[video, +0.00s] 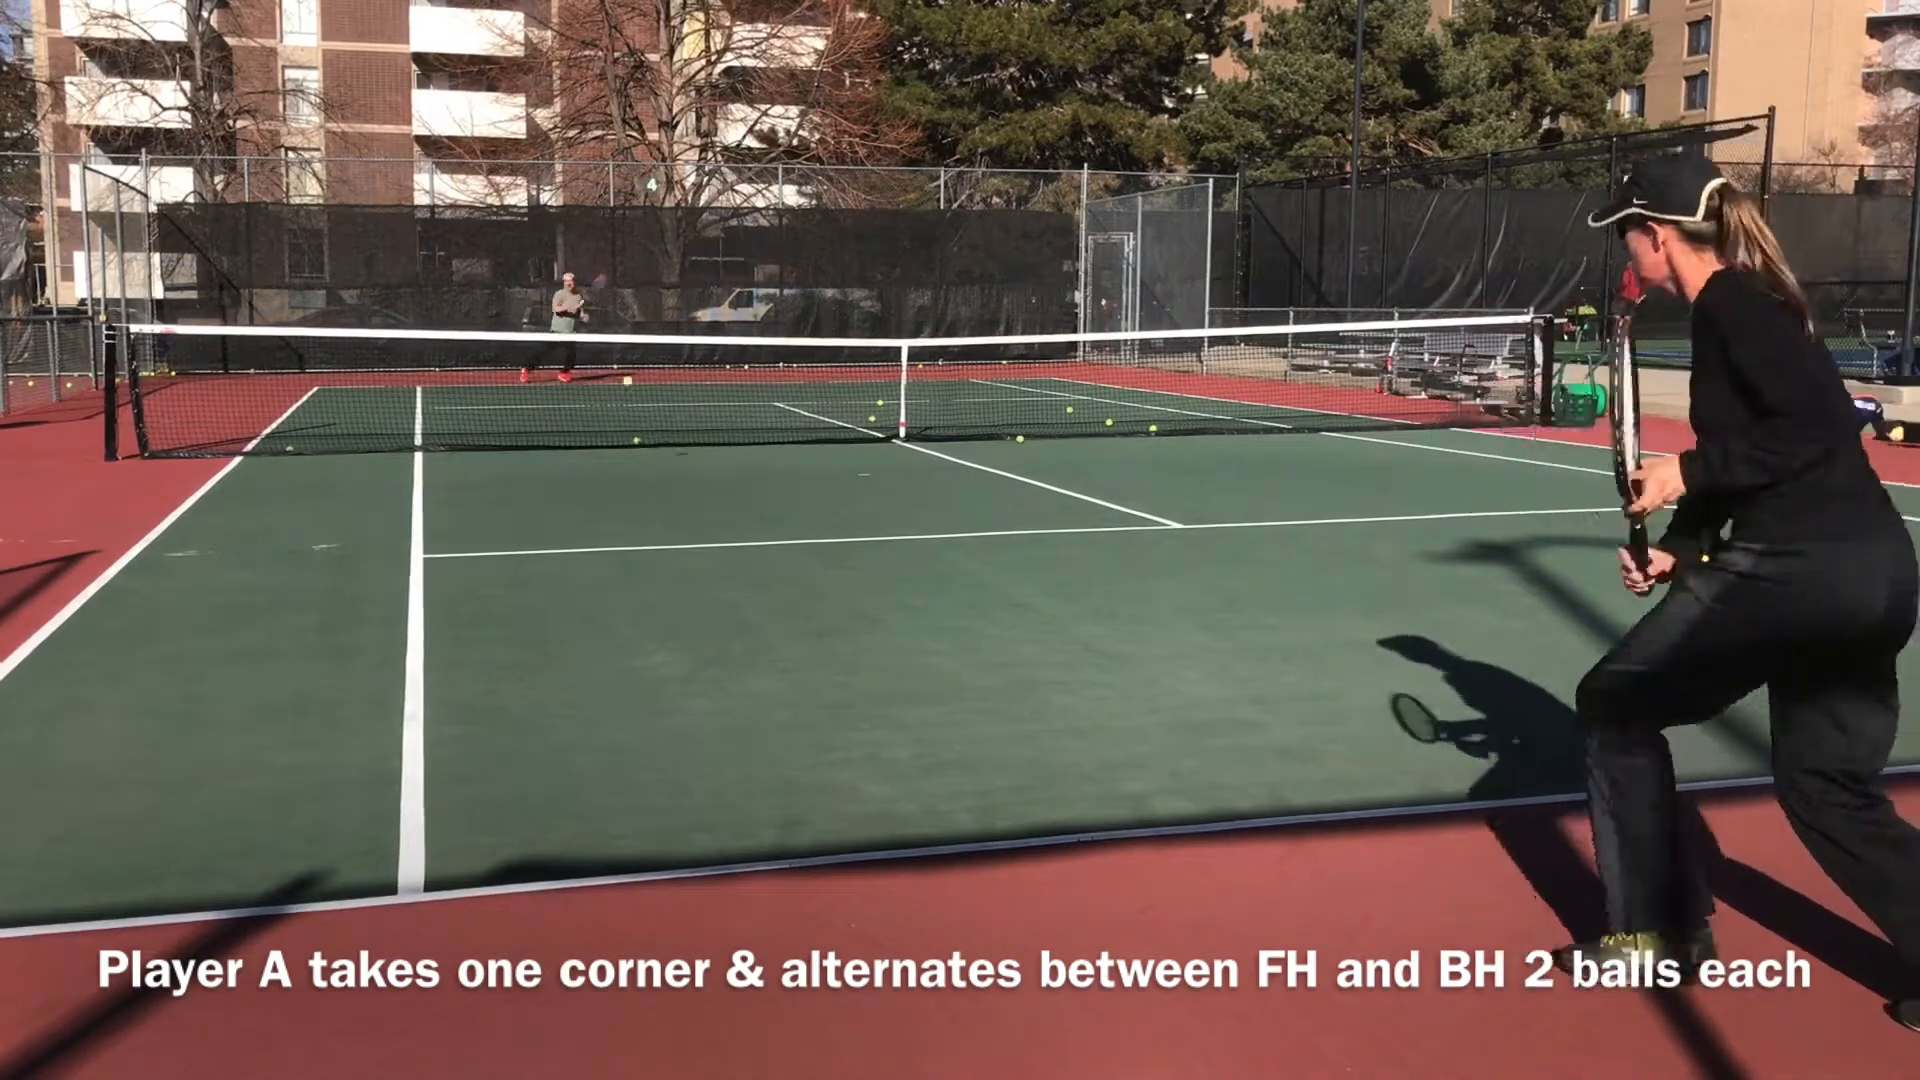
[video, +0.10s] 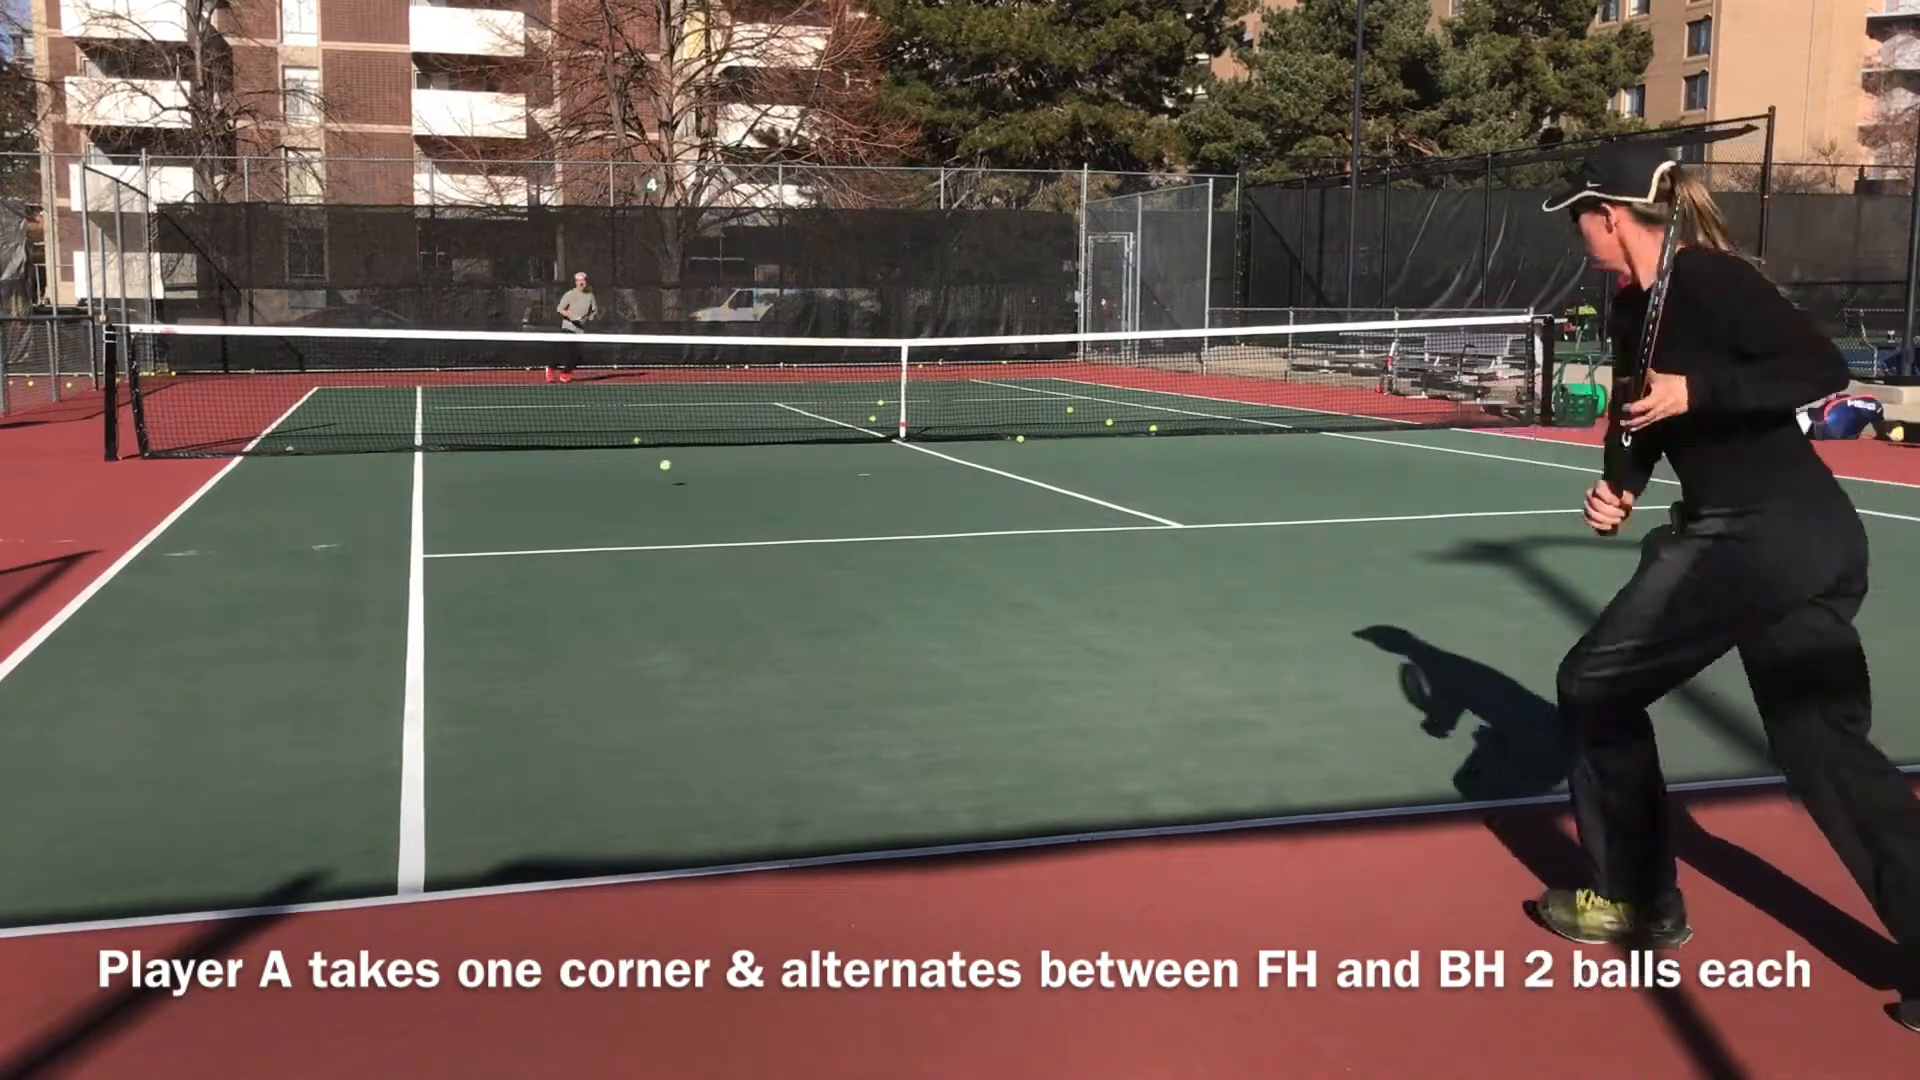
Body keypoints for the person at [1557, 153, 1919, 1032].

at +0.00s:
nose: (1630, 262)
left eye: (1631, 242)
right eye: (1628, 244)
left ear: (1664, 236)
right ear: (1696, 233)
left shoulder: (1731, 306)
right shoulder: (1750, 305)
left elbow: (1820, 426)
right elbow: (1758, 464)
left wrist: (1689, 470)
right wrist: (1681, 554)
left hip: (1795, 568)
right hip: (1864, 574)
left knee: (1614, 703)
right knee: (1828, 790)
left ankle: (1653, 938)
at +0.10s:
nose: (1580, 237)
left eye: (1584, 220)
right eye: (1579, 221)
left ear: (1619, 217)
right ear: (1623, 217)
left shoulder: (1709, 276)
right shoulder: (1637, 305)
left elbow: (1821, 363)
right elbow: (1642, 408)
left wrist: (1697, 391)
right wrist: (1622, 479)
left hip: (1756, 529)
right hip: (1806, 530)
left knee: (1596, 686)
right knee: (1828, 752)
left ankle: (1637, 898)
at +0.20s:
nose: (1528, 231)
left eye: (1534, 215)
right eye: (1527, 217)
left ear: (1569, 215)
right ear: (1570, 218)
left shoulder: (1657, 271)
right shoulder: (1565, 302)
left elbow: (1778, 344)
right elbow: (1566, 407)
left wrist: (1662, 340)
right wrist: (1564, 446)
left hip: (1698, 509)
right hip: (1734, 509)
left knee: (1586, 693)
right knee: (1746, 720)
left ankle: (1637, 898)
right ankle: (1906, 885)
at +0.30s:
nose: (1476, 254)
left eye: (1485, 237)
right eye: (1476, 239)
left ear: (1525, 237)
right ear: (1512, 243)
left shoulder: (1593, 278)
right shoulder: (1512, 318)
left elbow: (1709, 345)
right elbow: (1514, 452)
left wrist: (1593, 322)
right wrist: (1503, 449)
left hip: (1666, 513)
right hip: (1619, 515)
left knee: (1562, 704)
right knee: (1579, 708)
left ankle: (1634, 898)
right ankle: (1754, 813)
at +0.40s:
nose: (1448, 262)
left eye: (1458, 245)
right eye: (1442, 251)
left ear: (1492, 240)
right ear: (1445, 259)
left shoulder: (1543, 279)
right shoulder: (1473, 328)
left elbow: (1633, 319)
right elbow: (1448, 416)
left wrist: (1516, 276)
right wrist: (1425, 392)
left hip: (1618, 507)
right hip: (1570, 514)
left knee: (1536, 709)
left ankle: (1637, 894)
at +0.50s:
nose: (1411, 249)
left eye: (1422, 236)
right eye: (1406, 238)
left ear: (1454, 240)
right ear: (1408, 250)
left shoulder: (1497, 278)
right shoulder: (1430, 309)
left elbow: (1574, 279)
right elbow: (1400, 376)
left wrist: (1476, 227)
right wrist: (1381, 324)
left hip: (1555, 488)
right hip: (1511, 498)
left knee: (1553, 678)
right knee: (1432, 583)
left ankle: (1625, 864)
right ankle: (1446, 731)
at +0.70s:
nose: (1300, 322)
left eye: (1308, 307)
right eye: (1297, 313)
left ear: (1338, 303)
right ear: (1324, 317)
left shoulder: (1383, 324)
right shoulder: (1343, 353)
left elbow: (1451, 337)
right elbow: (1326, 380)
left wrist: (1386, 280)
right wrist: (1301, 354)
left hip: (1468, 499)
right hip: (1431, 504)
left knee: (1464, 655)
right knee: (1350, 575)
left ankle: (1537, 806)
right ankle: (1349, 711)